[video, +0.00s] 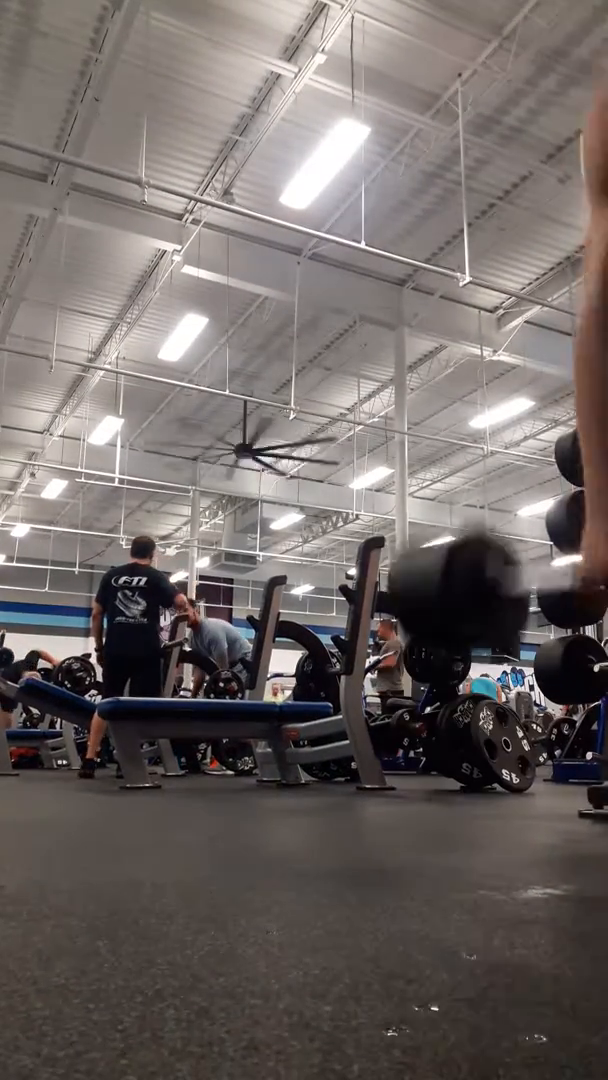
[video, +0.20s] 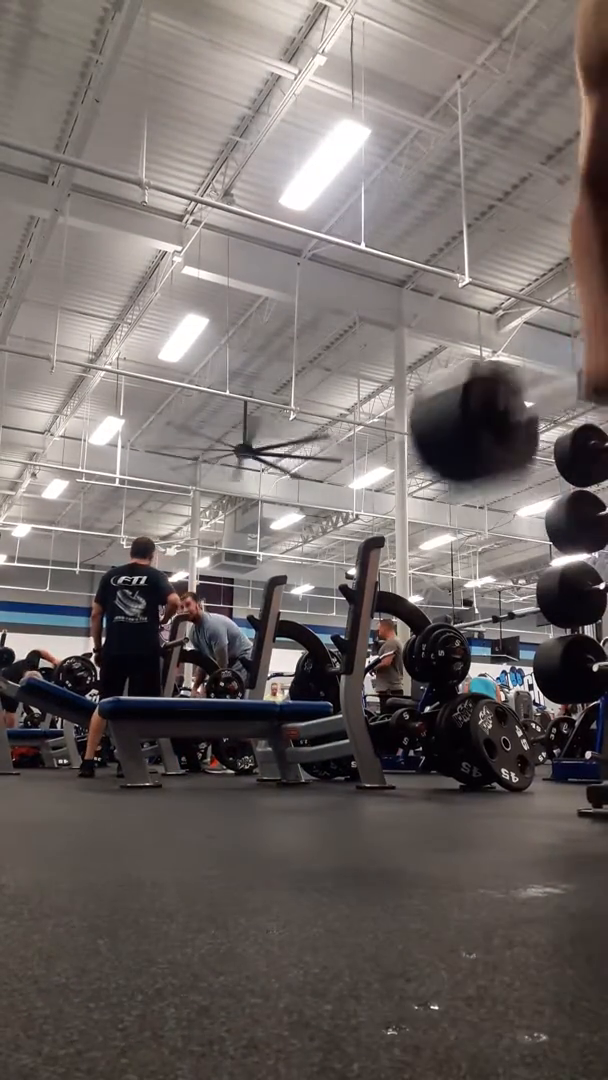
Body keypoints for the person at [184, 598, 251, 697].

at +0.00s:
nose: (182, 615)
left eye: (185, 610)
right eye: (179, 612)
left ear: (195, 611)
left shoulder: (214, 630)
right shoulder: (194, 637)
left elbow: (223, 669)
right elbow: (199, 669)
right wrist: (193, 697)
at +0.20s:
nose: (185, 610)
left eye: (188, 605)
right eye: (182, 607)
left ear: (198, 605)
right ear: (179, 610)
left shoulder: (215, 626)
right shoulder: (193, 633)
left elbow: (222, 664)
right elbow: (202, 662)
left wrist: (207, 690)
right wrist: (195, 688)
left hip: (245, 657)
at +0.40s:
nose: (183, 607)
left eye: (186, 602)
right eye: (181, 605)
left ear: (196, 602)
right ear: (179, 608)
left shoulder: (213, 622)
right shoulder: (194, 630)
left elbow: (221, 662)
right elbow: (202, 658)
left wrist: (203, 684)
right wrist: (195, 680)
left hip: (242, 657)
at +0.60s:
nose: (179, 610)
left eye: (181, 605)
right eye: (177, 607)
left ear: (193, 601)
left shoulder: (211, 619)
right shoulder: (195, 628)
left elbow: (222, 653)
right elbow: (203, 656)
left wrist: (202, 680)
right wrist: (195, 677)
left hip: (240, 656)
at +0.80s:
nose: (176, 618)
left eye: (176, 614)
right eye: (173, 615)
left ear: (185, 607)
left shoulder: (206, 621)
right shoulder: (195, 629)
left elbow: (218, 656)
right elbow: (203, 657)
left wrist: (200, 681)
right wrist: (193, 679)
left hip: (238, 658)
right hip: (225, 659)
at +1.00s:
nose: (168, 631)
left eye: (167, 627)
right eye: (165, 628)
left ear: (176, 622)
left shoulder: (196, 629)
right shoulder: (191, 629)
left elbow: (210, 664)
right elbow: (200, 662)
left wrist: (195, 691)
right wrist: (191, 686)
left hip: (234, 660)